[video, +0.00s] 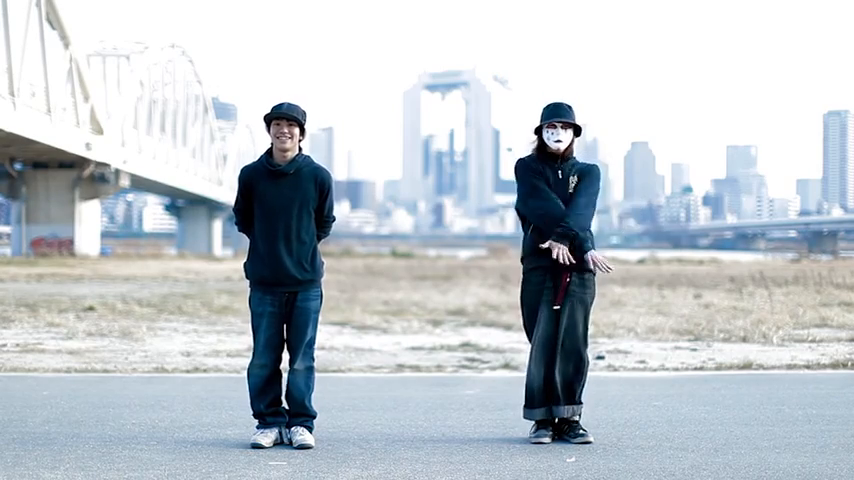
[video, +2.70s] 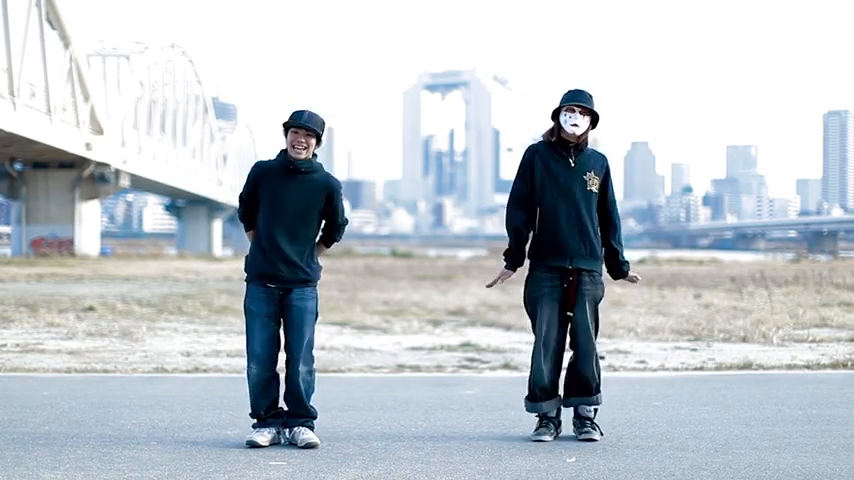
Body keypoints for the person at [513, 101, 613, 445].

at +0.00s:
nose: (557, 133)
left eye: (564, 128)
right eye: (551, 127)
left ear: (574, 133)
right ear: (541, 131)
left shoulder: (588, 170)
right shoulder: (526, 166)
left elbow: (582, 208)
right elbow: (542, 205)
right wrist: (582, 244)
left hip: (576, 263)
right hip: (538, 265)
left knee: (573, 339)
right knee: (541, 339)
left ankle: (569, 419)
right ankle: (543, 420)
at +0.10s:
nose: (558, 141)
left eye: (565, 135)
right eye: (552, 134)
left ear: (574, 141)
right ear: (542, 139)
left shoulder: (587, 177)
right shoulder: (526, 176)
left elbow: (585, 212)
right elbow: (542, 215)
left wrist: (579, 236)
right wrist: (575, 243)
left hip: (576, 271)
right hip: (538, 272)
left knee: (574, 345)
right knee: (540, 344)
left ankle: (569, 421)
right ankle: (542, 422)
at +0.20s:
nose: (563, 133)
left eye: (569, 128)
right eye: (557, 127)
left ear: (579, 134)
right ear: (546, 132)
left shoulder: (587, 173)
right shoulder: (530, 167)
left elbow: (616, 200)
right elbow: (529, 204)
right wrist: (534, 240)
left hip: (575, 268)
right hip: (536, 267)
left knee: (573, 343)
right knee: (541, 343)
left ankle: (569, 421)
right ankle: (543, 422)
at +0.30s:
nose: (573, 114)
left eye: (578, 109)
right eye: (566, 109)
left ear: (587, 115)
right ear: (555, 115)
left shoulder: (594, 159)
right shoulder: (539, 148)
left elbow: (629, 193)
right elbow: (515, 193)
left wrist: (663, 232)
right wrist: (495, 237)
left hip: (574, 259)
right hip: (534, 259)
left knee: (573, 338)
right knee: (538, 338)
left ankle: (572, 417)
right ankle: (542, 419)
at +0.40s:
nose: (580, 109)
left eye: (586, 104)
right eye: (572, 106)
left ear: (596, 112)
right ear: (563, 115)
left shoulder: (600, 161)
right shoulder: (548, 151)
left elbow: (602, 214)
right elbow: (523, 201)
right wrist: (504, 251)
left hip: (570, 260)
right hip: (533, 259)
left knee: (569, 332)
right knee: (532, 332)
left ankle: (575, 412)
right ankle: (539, 415)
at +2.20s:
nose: (591, 112)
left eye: (596, 107)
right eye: (583, 108)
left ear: (606, 113)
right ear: (573, 115)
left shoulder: (604, 161)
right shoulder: (557, 150)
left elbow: (588, 210)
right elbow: (528, 195)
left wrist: (574, 246)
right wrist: (496, 235)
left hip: (572, 257)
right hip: (535, 255)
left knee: (575, 329)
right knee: (535, 331)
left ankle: (583, 407)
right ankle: (545, 412)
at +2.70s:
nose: (574, 119)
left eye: (581, 114)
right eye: (569, 112)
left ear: (590, 122)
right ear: (558, 116)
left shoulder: (598, 162)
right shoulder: (536, 155)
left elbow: (608, 218)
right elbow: (519, 208)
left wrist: (618, 266)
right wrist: (514, 256)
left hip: (587, 265)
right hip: (546, 264)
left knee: (585, 341)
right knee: (546, 339)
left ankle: (585, 415)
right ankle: (547, 417)